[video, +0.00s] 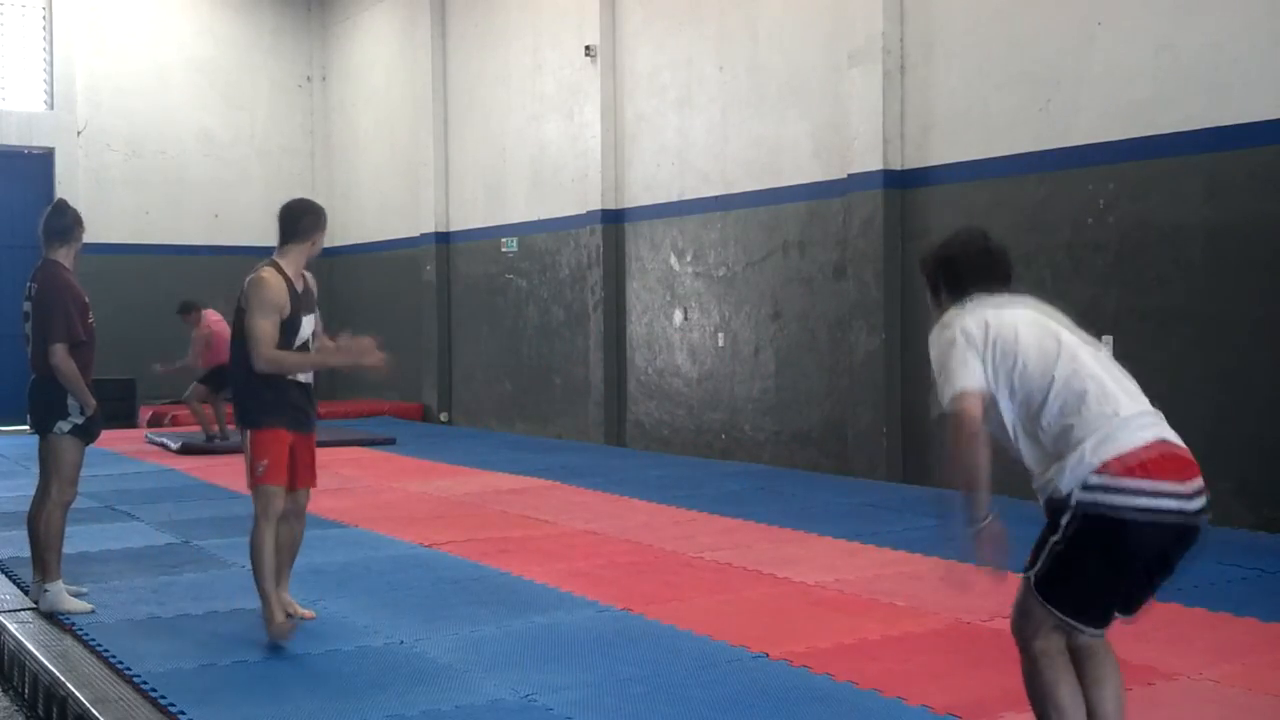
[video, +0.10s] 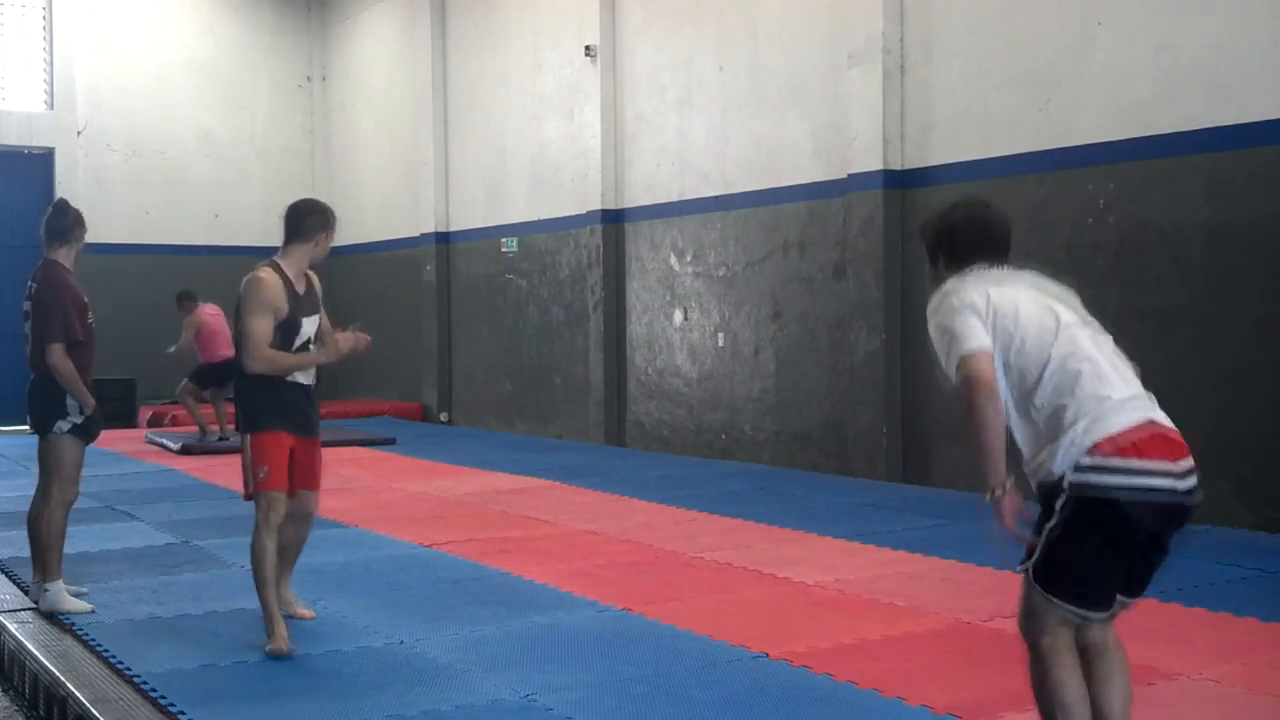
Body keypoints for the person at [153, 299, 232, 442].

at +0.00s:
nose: (185, 322)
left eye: (186, 318)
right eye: (184, 319)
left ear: (193, 313)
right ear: (197, 311)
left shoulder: (201, 330)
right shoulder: (212, 314)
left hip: (219, 368)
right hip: (231, 364)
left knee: (190, 398)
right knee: (215, 398)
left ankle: (210, 435)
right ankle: (224, 433)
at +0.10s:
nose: (181, 312)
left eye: (181, 308)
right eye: (180, 308)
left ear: (185, 304)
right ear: (195, 300)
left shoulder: (193, 318)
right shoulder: (215, 309)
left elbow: (185, 344)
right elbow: (229, 332)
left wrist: (172, 350)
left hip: (213, 365)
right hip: (231, 361)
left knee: (182, 393)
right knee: (216, 396)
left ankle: (204, 430)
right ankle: (224, 433)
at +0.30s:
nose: (182, 289)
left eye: (182, 286)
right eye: (182, 286)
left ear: (186, 284)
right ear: (199, 283)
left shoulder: (185, 299)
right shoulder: (219, 298)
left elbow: (178, 326)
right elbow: (232, 318)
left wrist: (179, 337)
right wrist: (229, 340)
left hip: (191, 350)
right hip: (213, 351)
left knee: (170, 384)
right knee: (211, 391)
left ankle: (185, 420)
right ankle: (220, 430)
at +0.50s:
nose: (180, 288)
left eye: (180, 285)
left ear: (181, 285)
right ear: (196, 285)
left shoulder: (172, 302)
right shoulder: (208, 302)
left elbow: (158, 324)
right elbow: (221, 324)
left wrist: (157, 341)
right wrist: (224, 341)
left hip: (178, 355)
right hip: (202, 355)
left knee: (169, 396)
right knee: (209, 393)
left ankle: (162, 433)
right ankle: (218, 431)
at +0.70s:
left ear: (173, 284)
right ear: (188, 286)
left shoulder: (158, 302)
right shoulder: (196, 303)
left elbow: (148, 328)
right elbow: (201, 332)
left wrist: (156, 343)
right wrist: (204, 355)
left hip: (166, 356)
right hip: (190, 356)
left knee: (164, 397)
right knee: (199, 393)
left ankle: (162, 434)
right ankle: (203, 429)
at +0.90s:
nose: (191, 293)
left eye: (192, 289)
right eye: (191, 289)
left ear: (176, 285)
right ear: (185, 287)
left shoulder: (157, 299)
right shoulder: (181, 304)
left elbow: (146, 322)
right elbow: (183, 333)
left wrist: (155, 338)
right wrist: (196, 350)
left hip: (160, 355)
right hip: (180, 354)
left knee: (162, 394)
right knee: (201, 386)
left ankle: (160, 432)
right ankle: (189, 426)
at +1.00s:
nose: (190, 293)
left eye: (191, 289)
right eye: (189, 289)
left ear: (177, 287)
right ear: (181, 287)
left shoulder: (163, 299)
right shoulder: (174, 304)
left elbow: (156, 324)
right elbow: (171, 331)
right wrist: (189, 349)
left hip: (161, 354)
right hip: (178, 354)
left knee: (163, 391)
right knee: (199, 386)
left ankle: (156, 432)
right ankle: (184, 426)